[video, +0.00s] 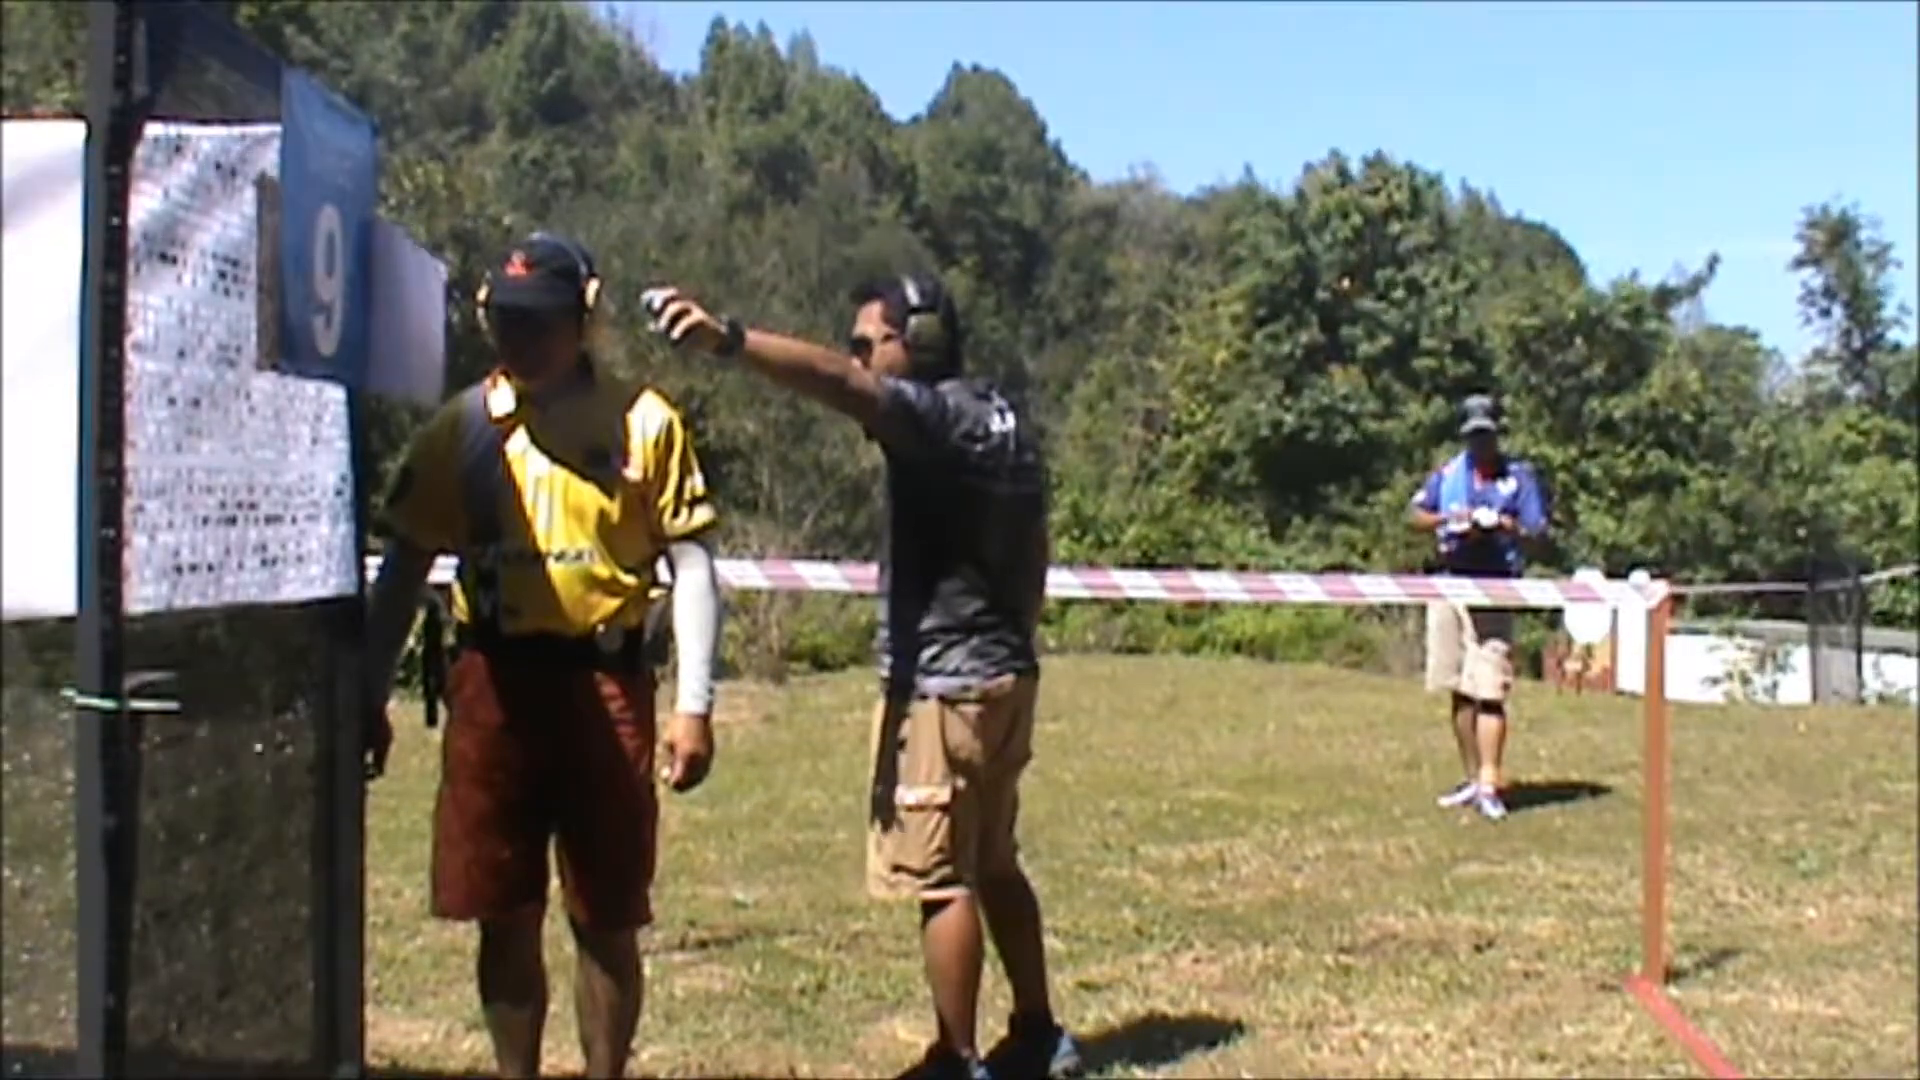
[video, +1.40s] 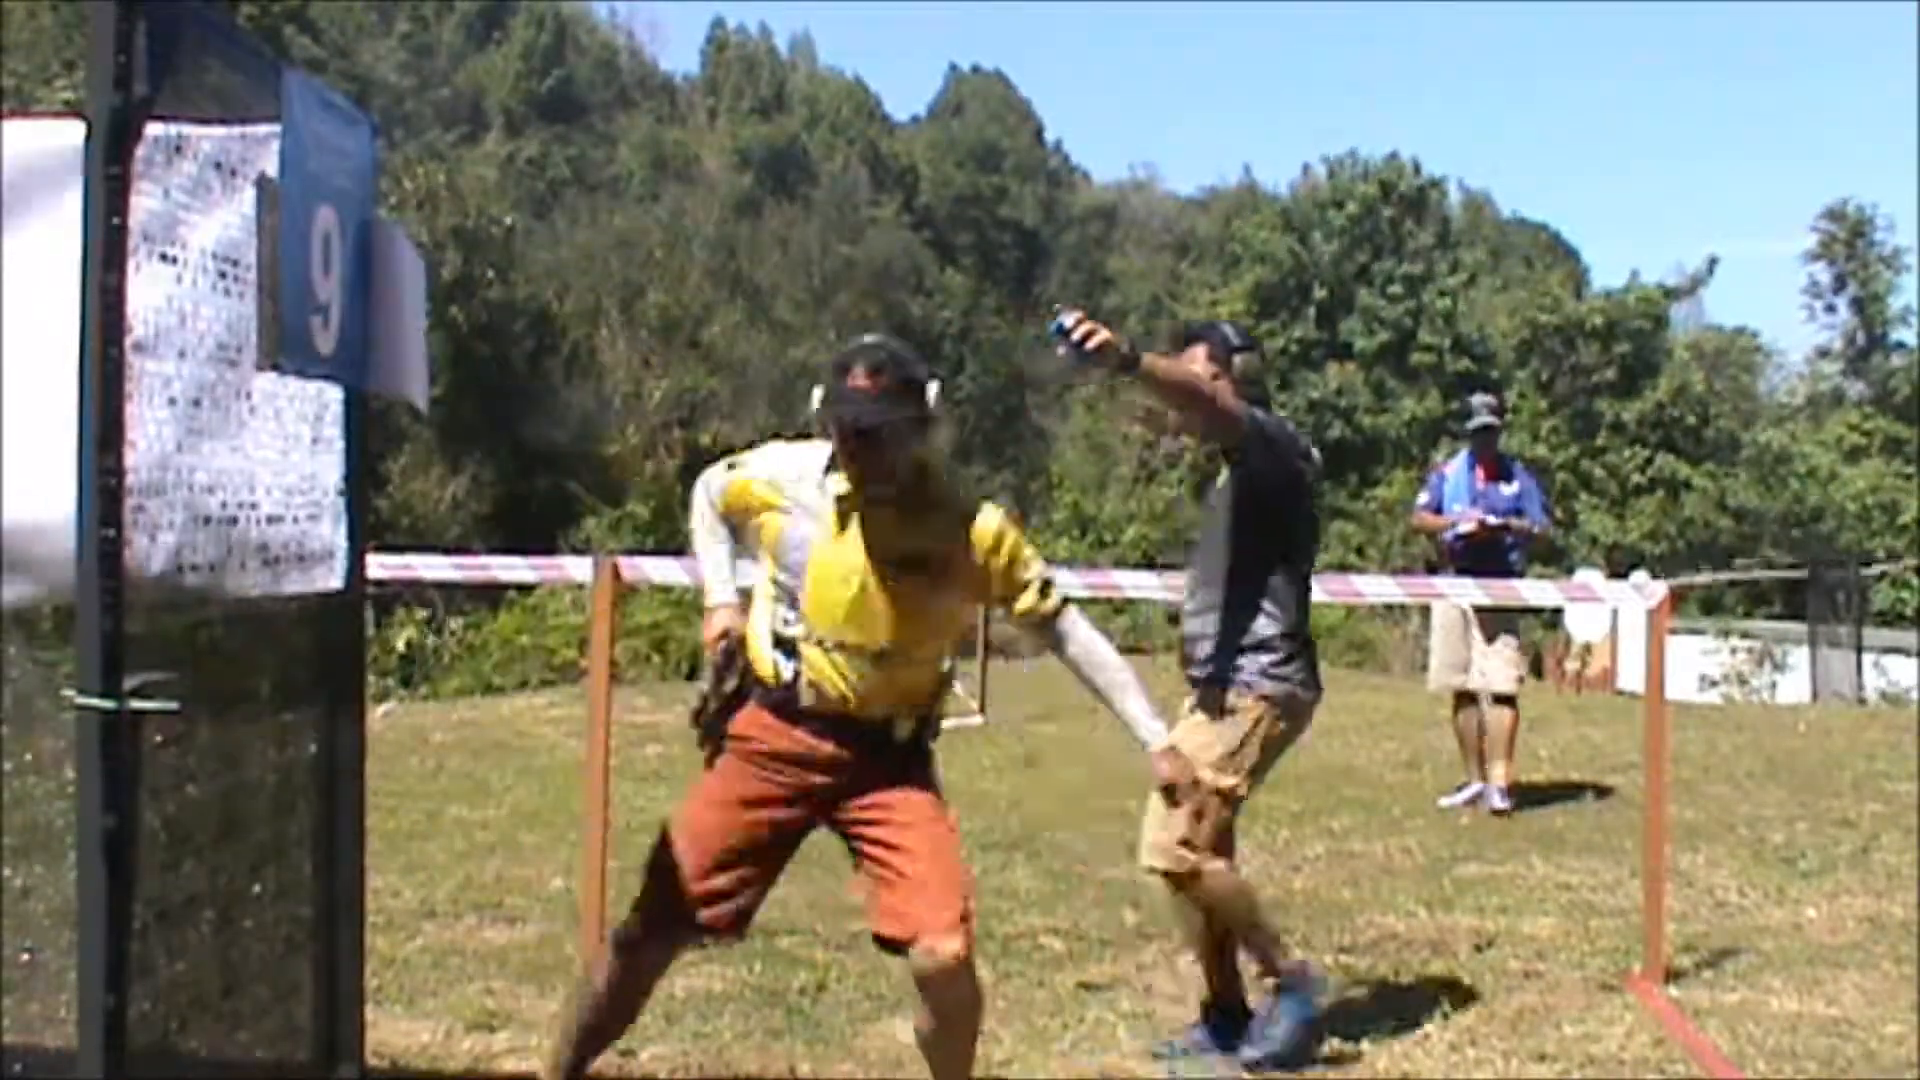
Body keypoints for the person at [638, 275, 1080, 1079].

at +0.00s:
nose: (859, 359)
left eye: (869, 344)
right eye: (858, 344)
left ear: (918, 341)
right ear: (941, 343)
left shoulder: (931, 412)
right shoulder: (1005, 418)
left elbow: (843, 379)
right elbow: (1029, 558)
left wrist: (729, 338)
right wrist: (1011, 650)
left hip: (949, 677)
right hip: (1005, 671)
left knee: (939, 876)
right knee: (994, 866)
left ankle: (954, 1055)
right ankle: (1038, 1029)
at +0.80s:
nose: (903, 373)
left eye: (913, 357)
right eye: (902, 357)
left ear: (954, 355)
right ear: (985, 355)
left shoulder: (982, 419)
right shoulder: (1048, 425)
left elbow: (893, 388)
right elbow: (1069, 550)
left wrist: (784, 352)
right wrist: (1040, 634)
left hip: (996, 676)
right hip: (1046, 672)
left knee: (935, 864)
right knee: (1031, 845)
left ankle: (950, 1050)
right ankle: (1123, 1004)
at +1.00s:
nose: (982, 396)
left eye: (994, 384)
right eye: (981, 383)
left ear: (1036, 386)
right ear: (1062, 390)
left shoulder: (1056, 445)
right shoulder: (1113, 461)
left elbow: (977, 409)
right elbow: (1084, 586)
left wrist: (882, 365)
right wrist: (1006, 618)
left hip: (1050, 696)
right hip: (1099, 695)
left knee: (948, 868)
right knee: (1071, 856)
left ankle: (952, 1052)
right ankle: (1198, 990)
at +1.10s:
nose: (1051, 414)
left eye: (1062, 397)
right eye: (1047, 399)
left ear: (1101, 392)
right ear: (1121, 397)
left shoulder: (1130, 459)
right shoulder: (1168, 469)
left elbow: (1055, 425)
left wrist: (963, 379)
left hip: (1110, 700)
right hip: (1155, 702)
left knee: (1015, 867)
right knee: (1122, 876)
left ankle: (957, 1041)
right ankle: (1226, 1012)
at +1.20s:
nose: (1096, 410)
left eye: (1105, 397)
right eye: (1093, 398)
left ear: (1143, 395)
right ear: (1151, 398)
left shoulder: (1174, 459)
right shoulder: (1201, 469)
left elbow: (1104, 418)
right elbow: (1180, 607)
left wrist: (1018, 378)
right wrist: (1109, 670)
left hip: (1155, 700)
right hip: (1193, 701)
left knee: (1053, 860)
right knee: (1147, 878)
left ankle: (1008, 1035)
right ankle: (1226, 1014)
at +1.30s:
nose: (1145, 386)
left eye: (1152, 373)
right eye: (1144, 375)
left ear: (1189, 376)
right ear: (1198, 380)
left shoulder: (1239, 451)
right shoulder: (1231, 460)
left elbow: (1168, 409)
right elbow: (1223, 582)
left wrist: (1088, 368)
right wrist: (1165, 659)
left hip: (1218, 685)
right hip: (1216, 683)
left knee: (1114, 838)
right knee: (1173, 856)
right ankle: (1227, 1013)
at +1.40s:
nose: (1180, 390)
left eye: (1190, 375)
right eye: (1178, 377)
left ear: (1228, 373)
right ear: (1210, 376)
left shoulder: (1277, 450)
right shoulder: (1234, 464)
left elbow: (1206, 399)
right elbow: (1242, 580)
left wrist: (1126, 358)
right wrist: (1208, 665)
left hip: (1264, 681)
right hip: (1225, 679)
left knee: (1184, 846)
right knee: (1184, 850)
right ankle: (1225, 1015)